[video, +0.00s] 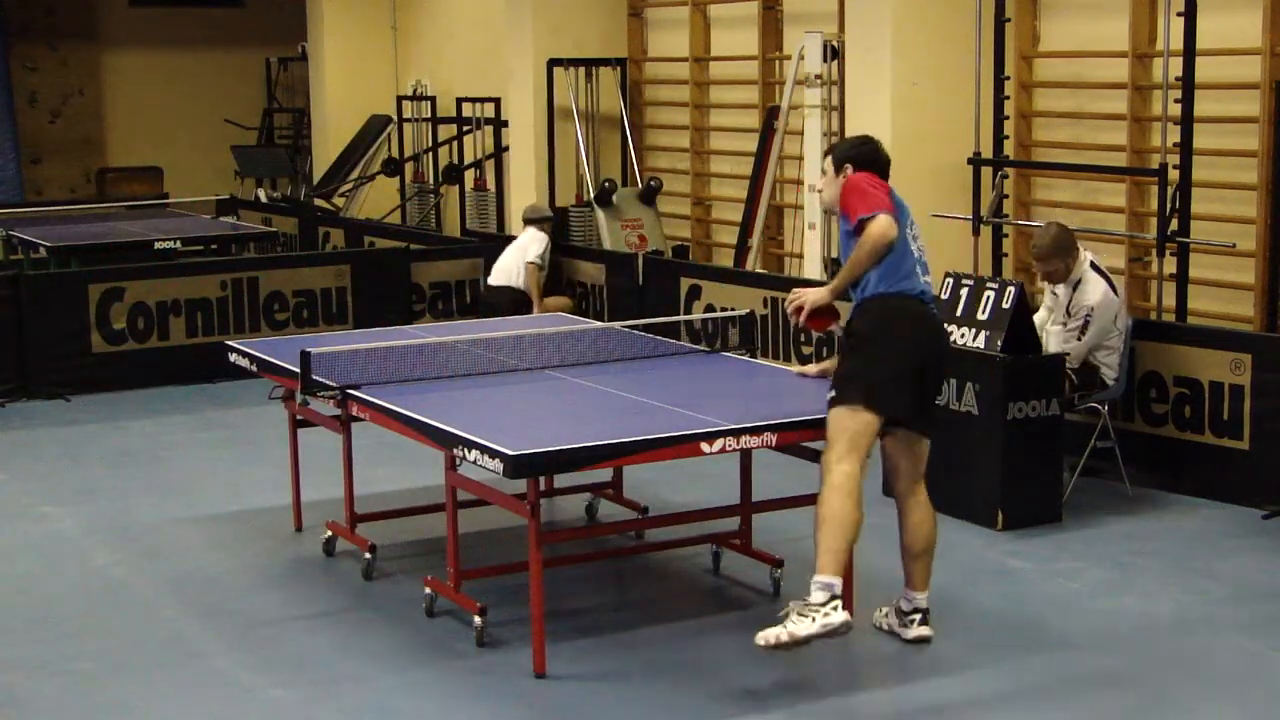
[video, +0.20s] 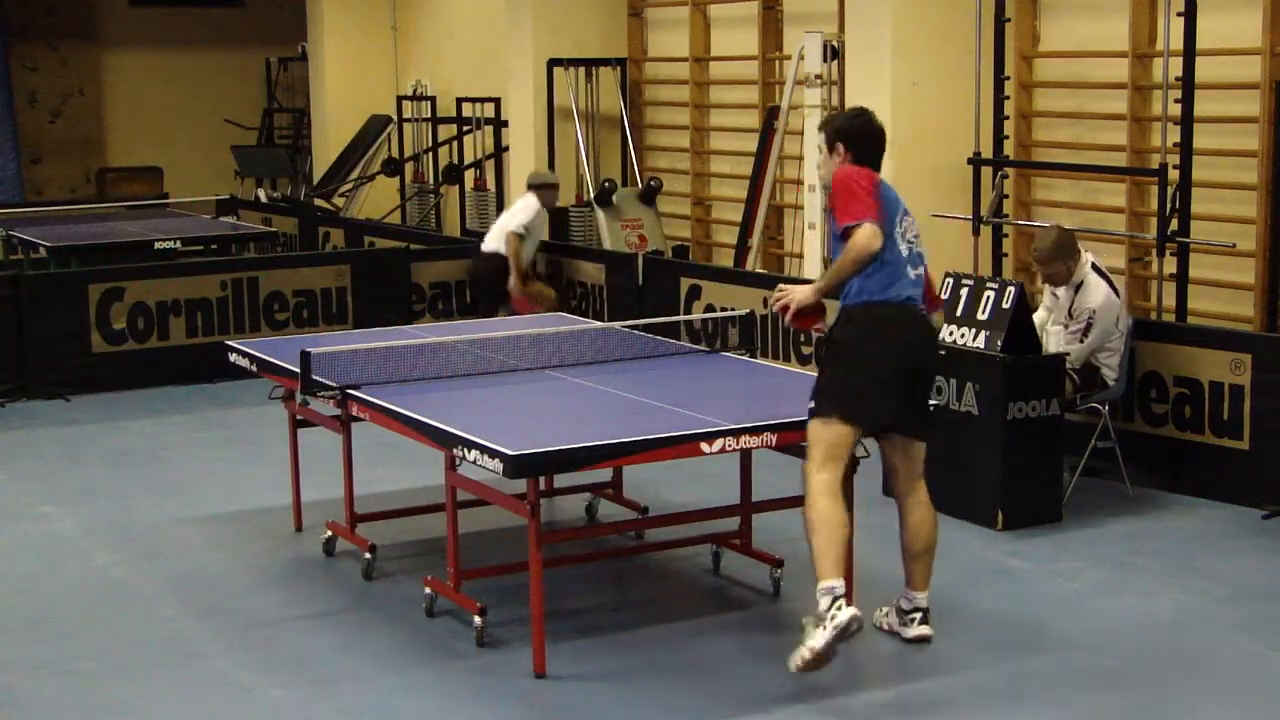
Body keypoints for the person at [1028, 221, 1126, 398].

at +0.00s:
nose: (1042, 278)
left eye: (1050, 272)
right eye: (1039, 271)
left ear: (1070, 262)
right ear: (1036, 259)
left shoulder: (1093, 299)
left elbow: (1068, 359)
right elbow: (1045, 314)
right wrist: (1015, 340)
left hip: (1096, 374)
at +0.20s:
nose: (1043, 280)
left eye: (1051, 274)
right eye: (1040, 273)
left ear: (1071, 265)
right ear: (1037, 262)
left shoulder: (1096, 300)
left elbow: (1071, 360)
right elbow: (1045, 312)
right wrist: (1018, 340)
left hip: (1097, 372)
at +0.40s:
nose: (1049, 278)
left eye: (1056, 272)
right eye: (1046, 271)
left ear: (1076, 262)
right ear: (1042, 261)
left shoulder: (1099, 298)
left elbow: (1071, 359)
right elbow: (1042, 312)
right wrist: (1017, 344)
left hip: (1096, 370)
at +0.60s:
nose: (1049, 275)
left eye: (1057, 269)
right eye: (1046, 267)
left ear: (1077, 258)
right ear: (1042, 257)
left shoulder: (1101, 295)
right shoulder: (1049, 268)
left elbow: (1072, 358)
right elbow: (1040, 313)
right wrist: (1017, 346)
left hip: (1095, 370)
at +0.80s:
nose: (1045, 277)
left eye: (1052, 270)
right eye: (1042, 269)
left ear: (1072, 260)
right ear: (1039, 259)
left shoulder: (1096, 296)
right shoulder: (1050, 272)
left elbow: (1071, 357)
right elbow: (1036, 318)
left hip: (1096, 370)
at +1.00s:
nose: (1041, 281)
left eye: (1046, 275)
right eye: (1037, 274)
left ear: (1067, 261)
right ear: (1033, 263)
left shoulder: (1093, 297)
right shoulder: (1055, 272)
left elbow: (1071, 356)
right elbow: (1036, 319)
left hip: (1104, 367)